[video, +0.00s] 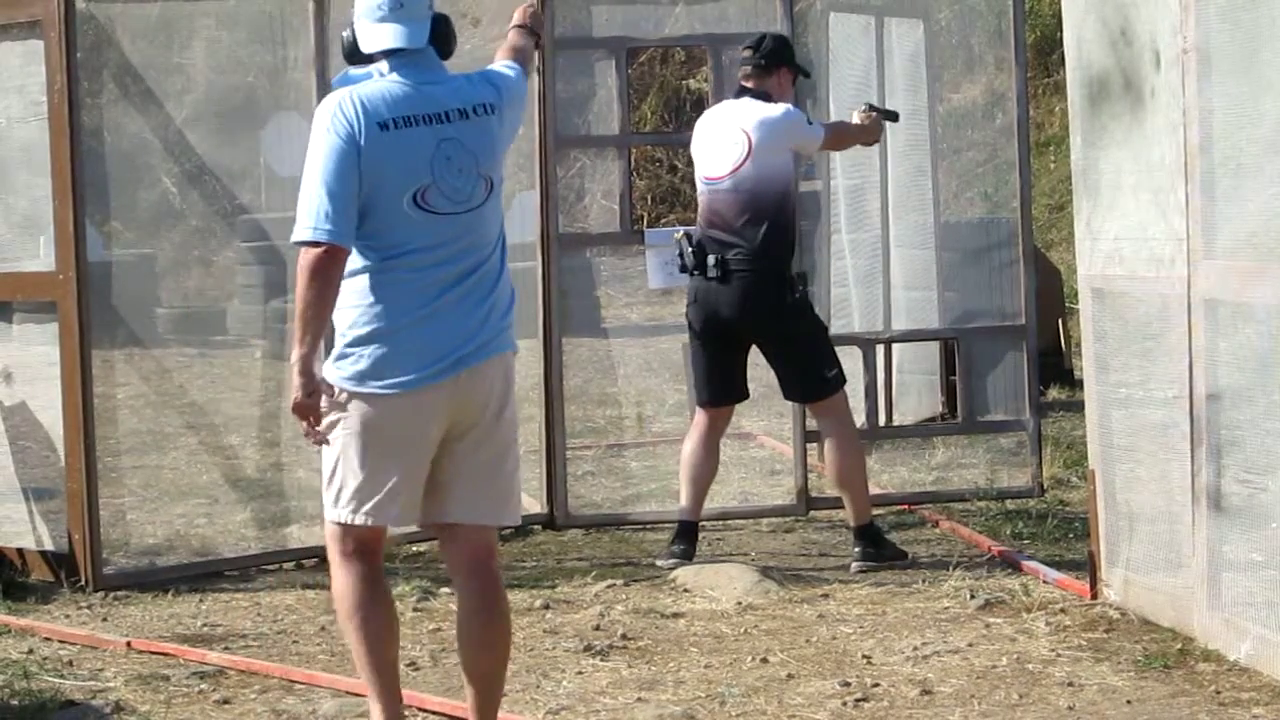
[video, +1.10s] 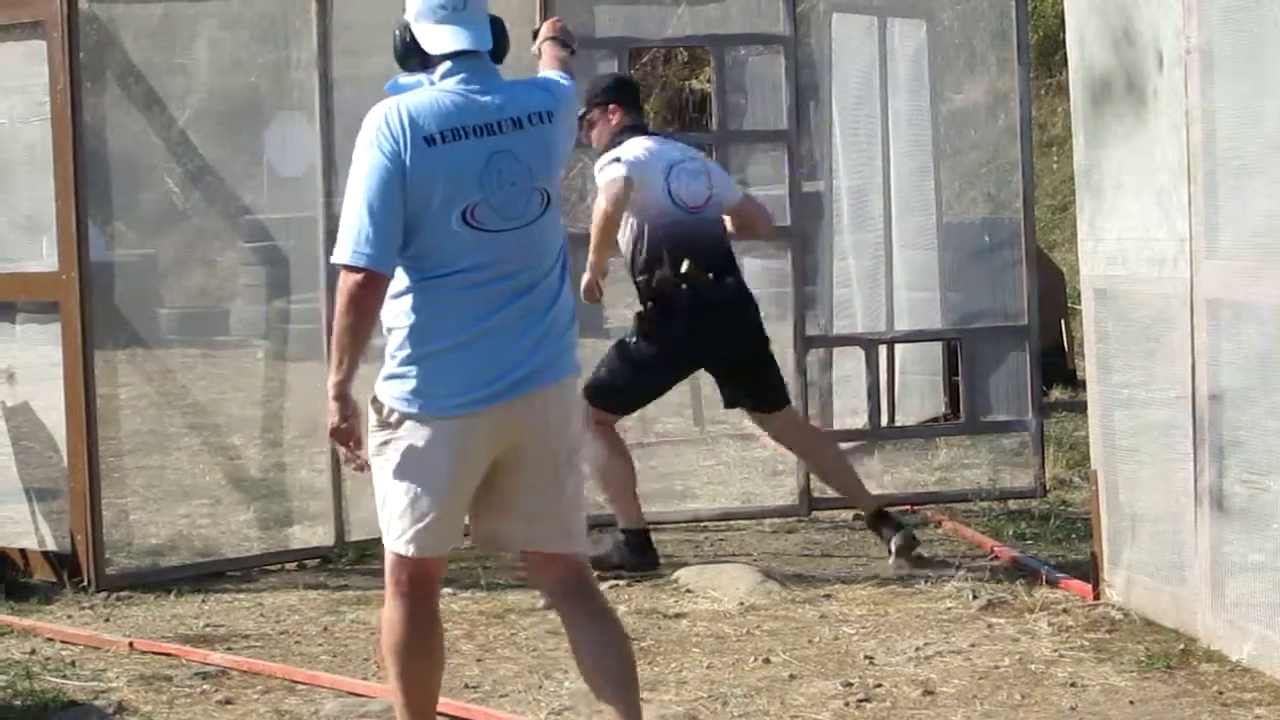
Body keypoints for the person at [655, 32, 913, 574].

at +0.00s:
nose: (794, 88)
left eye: (793, 81)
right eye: (794, 80)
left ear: (743, 75)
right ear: (781, 76)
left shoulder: (704, 122)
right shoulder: (784, 119)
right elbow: (838, 138)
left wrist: (845, 131)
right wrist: (866, 127)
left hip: (708, 294)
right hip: (769, 293)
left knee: (707, 419)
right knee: (834, 416)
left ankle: (683, 538)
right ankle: (867, 538)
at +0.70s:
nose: (791, 93)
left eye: (788, 86)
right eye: (791, 86)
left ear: (738, 85)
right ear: (783, 84)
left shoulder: (705, 134)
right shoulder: (786, 130)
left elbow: (762, 181)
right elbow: (847, 185)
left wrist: (827, 147)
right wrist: (854, 146)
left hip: (711, 298)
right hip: (777, 296)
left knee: (703, 420)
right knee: (837, 413)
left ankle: (679, 540)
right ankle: (883, 533)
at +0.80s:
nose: (732, 115)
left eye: (733, 109)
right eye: (740, 109)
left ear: (741, 109)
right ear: (785, 108)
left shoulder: (710, 163)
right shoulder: (806, 151)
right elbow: (866, 222)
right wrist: (850, 180)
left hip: (724, 309)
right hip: (793, 308)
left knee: (690, 413)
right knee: (846, 420)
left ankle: (681, 535)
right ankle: (895, 538)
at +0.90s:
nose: (707, 140)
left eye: (709, 131)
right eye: (707, 132)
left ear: (726, 128)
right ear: (759, 129)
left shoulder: (703, 178)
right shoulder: (804, 173)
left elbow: (668, 265)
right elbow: (863, 246)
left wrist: (682, 297)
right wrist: (829, 212)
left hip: (727, 327)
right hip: (798, 327)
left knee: (663, 406)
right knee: (847, 427)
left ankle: (677, 532)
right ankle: (894, 537)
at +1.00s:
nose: (655, 147)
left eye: (658, 135)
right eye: (654, 137)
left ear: (680, 127)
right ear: (703, 129)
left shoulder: (673, 172)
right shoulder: (761, 173)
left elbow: (647, 217)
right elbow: (823, 241)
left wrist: (618, 280)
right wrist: (776, 233)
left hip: (711, 329)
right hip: (778, 329)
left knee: (620, 400)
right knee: (831, 430)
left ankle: (646, 529)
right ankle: (894, 536)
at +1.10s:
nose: (588, 138)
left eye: (590, 126)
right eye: (585, 129)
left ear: (615, 114)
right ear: (636, 117)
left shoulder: (617, 155)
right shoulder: (696, 158)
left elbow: (613, 197)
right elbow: (755, 222)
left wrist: (594, 266)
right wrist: (702, 226)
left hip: (674, 319)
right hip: (735, 315)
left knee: (592, 414)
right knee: (786, 423)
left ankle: (633, 542)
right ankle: (885, 522)